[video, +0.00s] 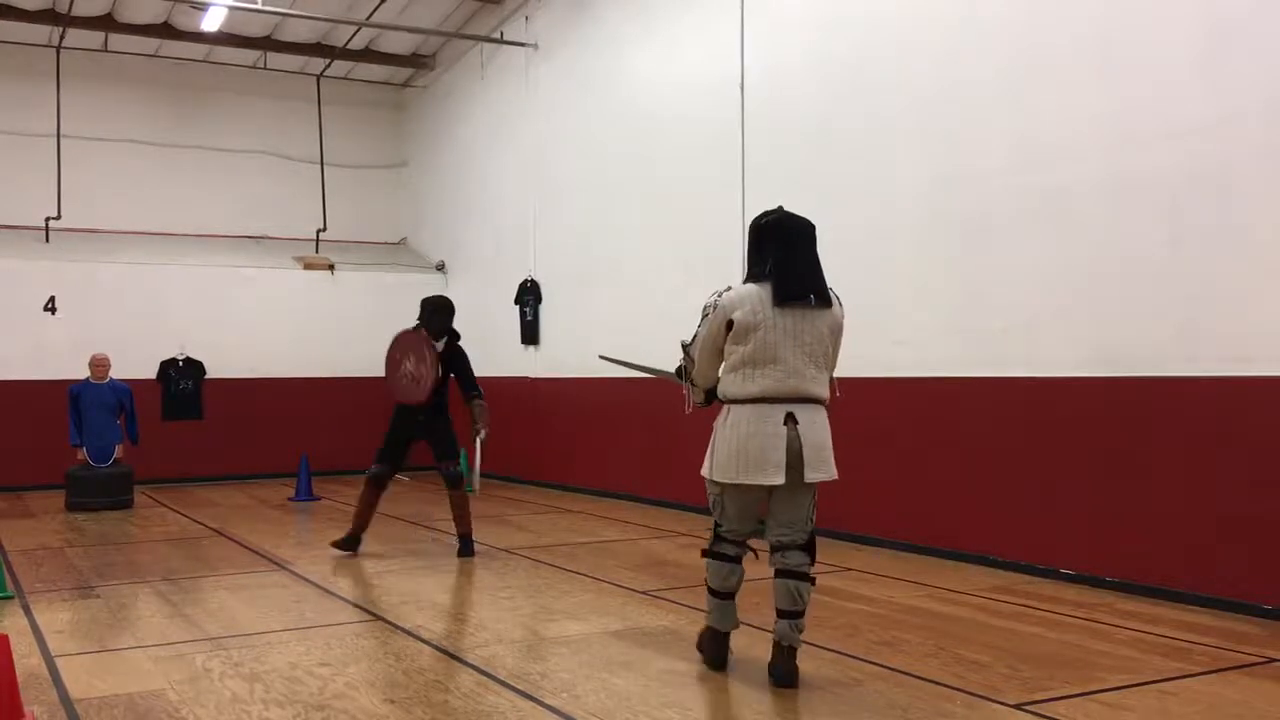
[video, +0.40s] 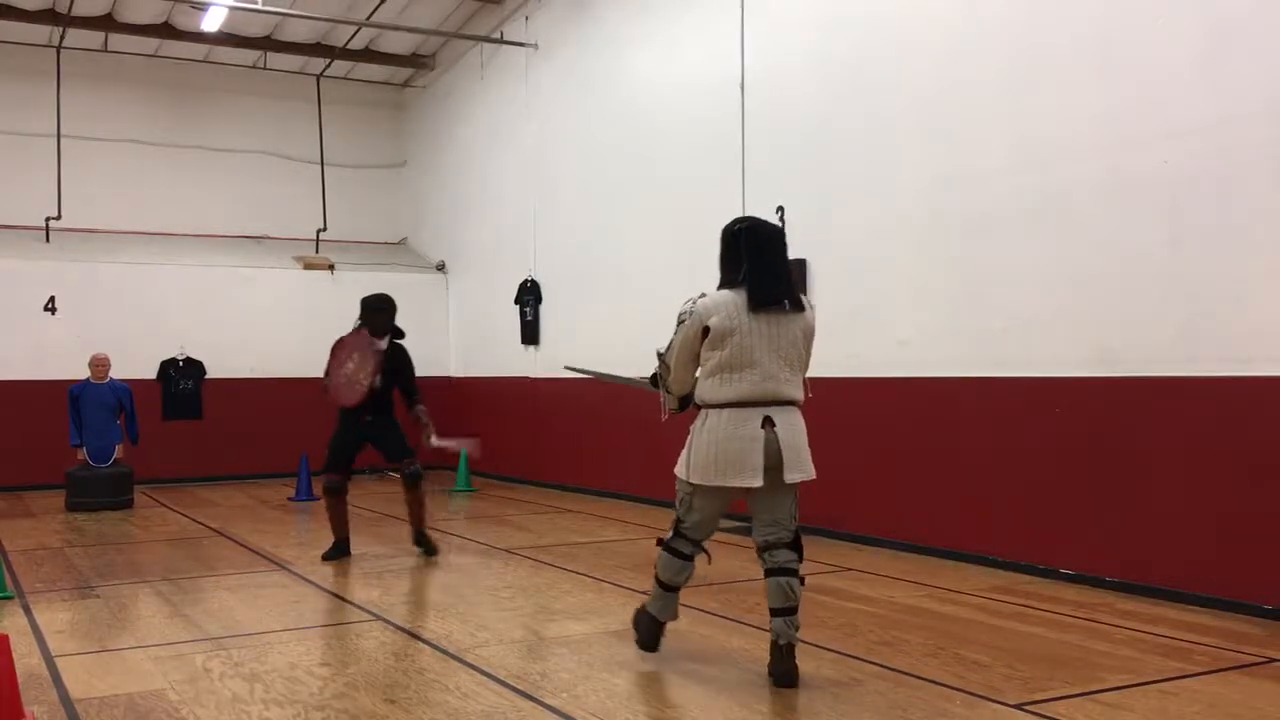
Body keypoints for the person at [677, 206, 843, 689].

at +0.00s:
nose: (751, 258)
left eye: (753, 250)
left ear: (758, 252)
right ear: (808, 252)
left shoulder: (736, 302)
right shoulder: (830, 309)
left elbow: (702, 370)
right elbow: (824, 374)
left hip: (743, 435)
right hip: (807, 436)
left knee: (729, 537)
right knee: (793, 544)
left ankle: (717, 639)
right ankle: (785, 656)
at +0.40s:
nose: (721, 263)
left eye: (724, 255)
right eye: (724, 255)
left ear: (731, 258)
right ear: (778, 257)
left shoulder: (711, 308)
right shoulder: (802, 312)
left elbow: (678, 381)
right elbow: (795, 374)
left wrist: (685, 327)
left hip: (720, 436)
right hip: (784, 436)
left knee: (688, 534)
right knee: (779, 542)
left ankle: (652, 622)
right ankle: (784, 655)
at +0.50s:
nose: (706, 267)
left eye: (708, 259)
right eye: (708, 259)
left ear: (715, 263)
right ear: (763, 261)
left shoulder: (697, 314)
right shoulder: (786, 316)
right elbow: (781, 376)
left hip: (709, 438)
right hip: (772, 436)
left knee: (679, 539)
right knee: (773, 541)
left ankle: (644, 626)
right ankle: (783, 653)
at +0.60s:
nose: (686, 268)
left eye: (689, 260)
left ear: (695, 264)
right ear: (742, 264)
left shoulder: (676, 316)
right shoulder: (767, 317)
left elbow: (651, 388)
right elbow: (767, 376)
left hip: (695, 439)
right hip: (757, 438)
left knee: (673, 540)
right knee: (763, 541)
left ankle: (642, 631)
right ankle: (782, 651)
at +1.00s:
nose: (629, 267)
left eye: (631, 260)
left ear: (635, 262)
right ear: (682, 259)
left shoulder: (620, 310)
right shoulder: (708, 309)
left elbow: (596, 381)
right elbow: (714, 370)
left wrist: (603, 398)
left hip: (644, 427)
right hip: (705, 425)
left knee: (641, 533)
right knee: (708, 527)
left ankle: (634, 633)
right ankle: (726, 618)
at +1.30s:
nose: (623, 265)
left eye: (626, 257)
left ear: (630, 260)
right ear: (677, 258)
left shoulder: (613, 306)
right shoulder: (703, 307)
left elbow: (588, 370)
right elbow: (711, 362)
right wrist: (672, 360)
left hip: (631, 427)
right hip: (690, 426)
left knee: (632, 530)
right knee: (676, 529)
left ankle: (633, 633)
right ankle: (668, 635)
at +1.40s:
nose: (626, 266)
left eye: (628, 258)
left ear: (632, 260)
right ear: (679, 261)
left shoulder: (612, 307)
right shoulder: (699, 306)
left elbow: (587, 360)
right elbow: (715, 334)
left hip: (630, 430)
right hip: (688, 431)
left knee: (628, 529)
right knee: (676, 530)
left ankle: (633, 633)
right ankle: (668, 635)